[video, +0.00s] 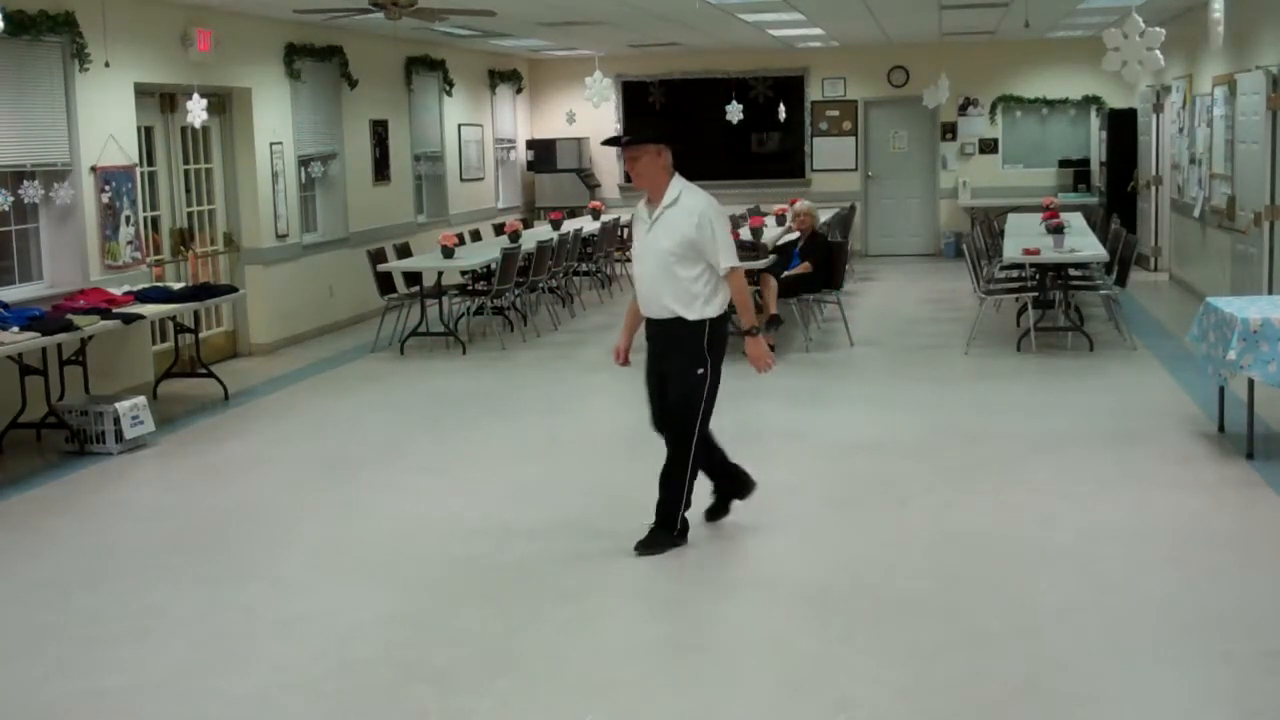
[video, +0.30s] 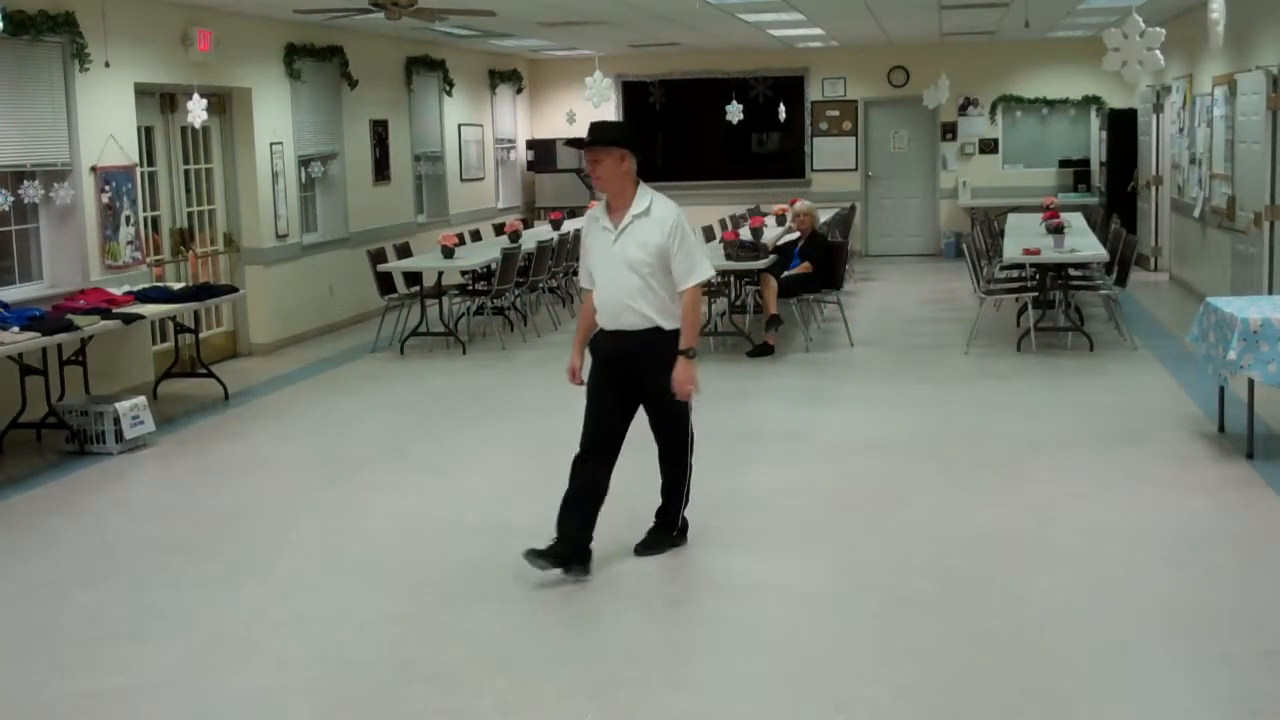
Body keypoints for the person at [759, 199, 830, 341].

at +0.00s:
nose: (802, 219)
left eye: (806, 215)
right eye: (798, 216)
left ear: (813, 218)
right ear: (793, 221)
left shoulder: (820, 240)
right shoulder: (793, 243)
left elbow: (810, 265)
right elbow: (767, 249)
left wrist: (785, 275)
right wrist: (785, 230)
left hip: (808, 278)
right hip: (788, 274)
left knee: (766, 291)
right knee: (765, 274)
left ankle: (768, 341)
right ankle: (773, 315)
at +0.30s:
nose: (801, 219)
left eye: (804, 215)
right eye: (797, 216)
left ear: (813, 218)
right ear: (794, 221)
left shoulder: (819, 239)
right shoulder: (795, 242)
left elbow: (809, 266)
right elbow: (767, 249)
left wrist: (785, 275)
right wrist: (785, 230)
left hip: (808, 278)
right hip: (788, 274)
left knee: (766, 292)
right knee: (766, 274)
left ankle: (769, 343)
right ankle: (773, 315)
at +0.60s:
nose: (801, 219)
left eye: (805, 215)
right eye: (797, 216)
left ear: (813, 218)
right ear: (794, 221)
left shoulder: (819, 239)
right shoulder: (795, 241)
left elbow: (810, 266)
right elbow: (767, 249)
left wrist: (785, 275)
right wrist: (785, 230)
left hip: (808, 278)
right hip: (788, 274)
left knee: (766, 291)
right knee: (766, 273)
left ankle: (769, 342)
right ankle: (773, 315)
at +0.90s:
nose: (801, 219)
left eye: (805, 215)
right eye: (797, 216)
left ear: (813, 219)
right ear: (794, 220)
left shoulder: (819, 239)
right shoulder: (794, 241)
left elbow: (809, 267)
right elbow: (767, 249)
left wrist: (785, 276)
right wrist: (785, 230)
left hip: (808, 278)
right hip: (788, 274)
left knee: (767, 292)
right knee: (765, 274)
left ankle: (769, 342)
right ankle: (773, 315)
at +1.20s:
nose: (801, 219)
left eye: (805, 215)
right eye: (798, 216)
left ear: (813, 218)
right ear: (794, 221)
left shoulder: (820, 239)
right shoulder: (795, 241)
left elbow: (811, 265)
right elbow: (767, 248)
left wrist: (786, 275)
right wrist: (785, 230)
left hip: (809, 278)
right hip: (789, 275)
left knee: (768, 291)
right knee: (765, 274)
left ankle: (767, 343)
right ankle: (772, 314)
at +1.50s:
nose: (801, 219)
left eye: (805, 215)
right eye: (797, 216)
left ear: (813, 218)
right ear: (794, 221)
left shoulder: (820, 239)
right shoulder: (795, 241)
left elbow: (811, 265)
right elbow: (767, 249)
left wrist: (786, 275)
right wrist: (785, 230)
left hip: (808, 278)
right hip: (788, 275)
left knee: (767, 292)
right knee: (765, 274)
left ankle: (767, 343)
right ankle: (772, 315)